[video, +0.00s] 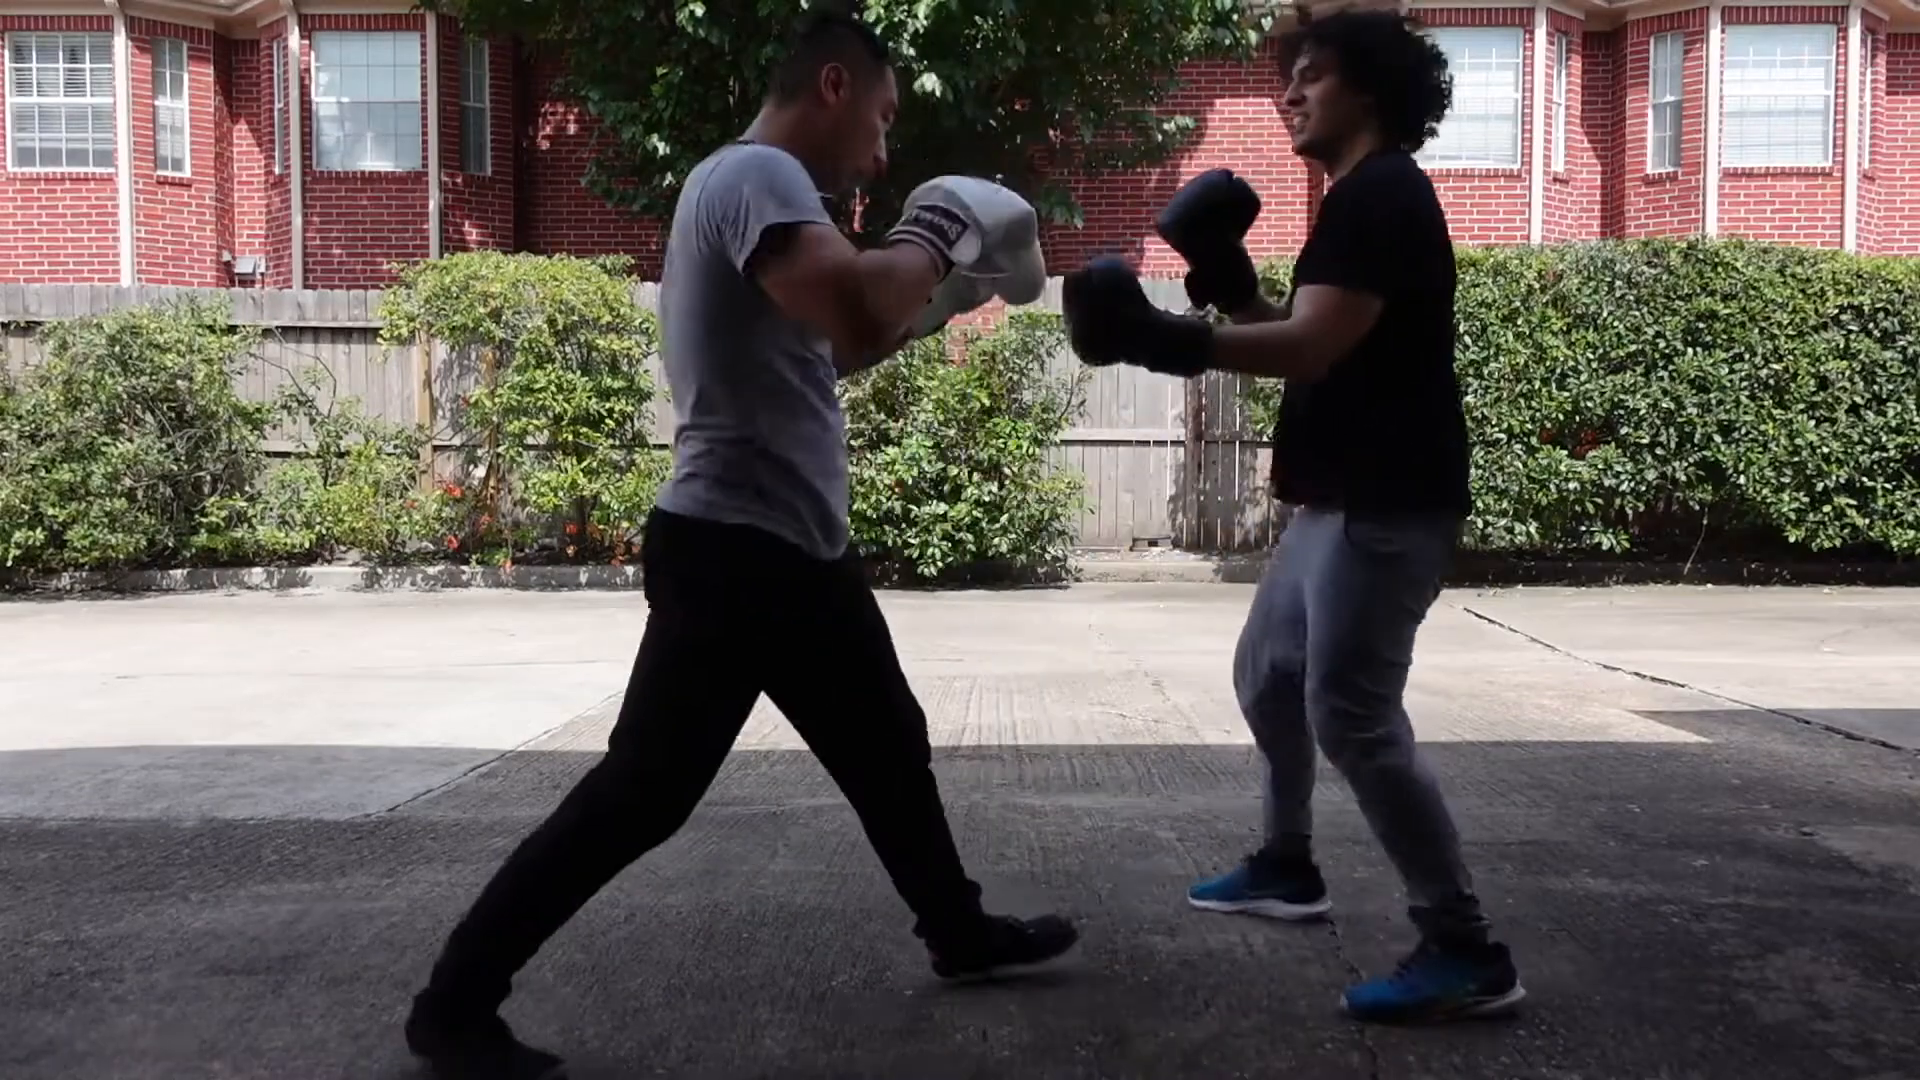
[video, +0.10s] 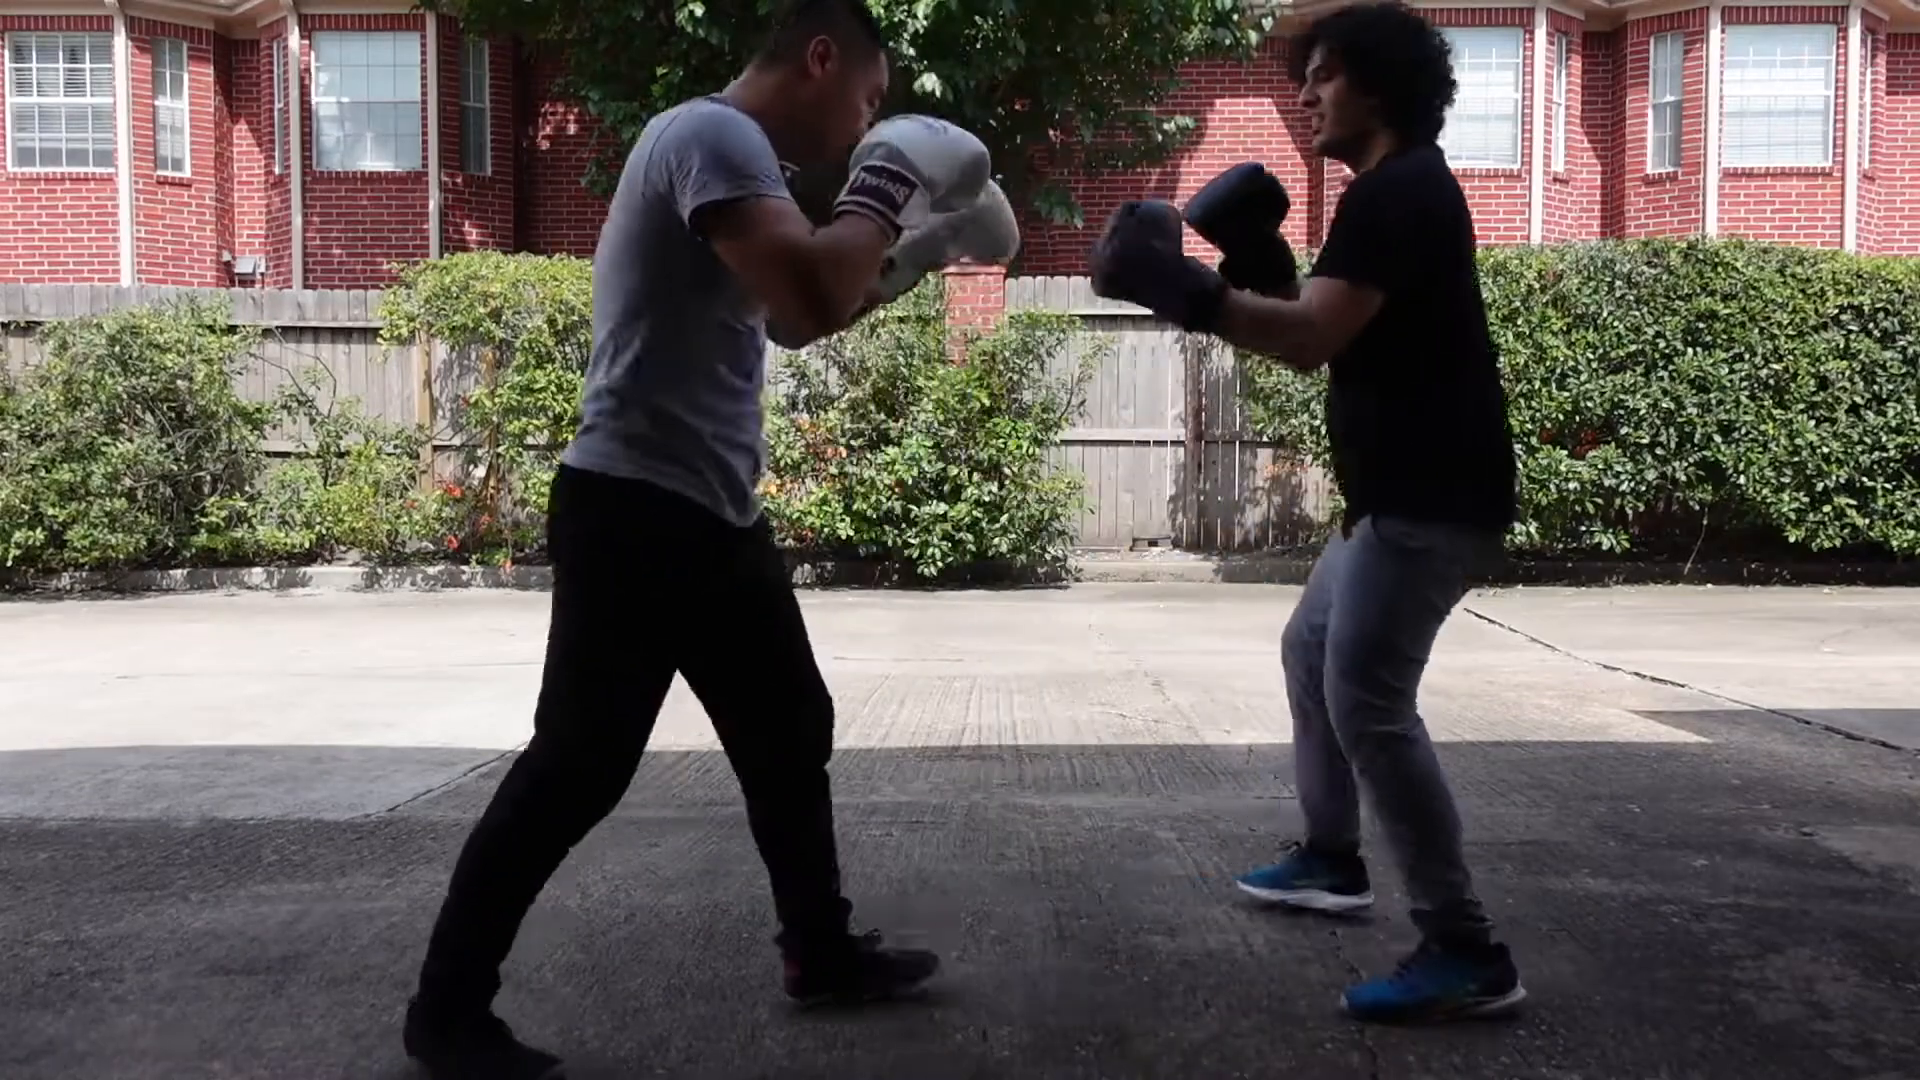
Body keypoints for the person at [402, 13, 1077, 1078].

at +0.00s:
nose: (884, 147)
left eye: (891, 124)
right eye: (884, 116)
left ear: (812, 84)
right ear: (832, 84)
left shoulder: (755, 195)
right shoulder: (754, 173)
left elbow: (850, 346)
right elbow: (846, 306)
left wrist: (956, 277)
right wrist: (940, 225)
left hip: (788, 550)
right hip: (737, 547)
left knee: (889, 752)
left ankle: (962, 932)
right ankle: (456, 1001)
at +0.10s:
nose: (865, 124)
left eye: (875, 109)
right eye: (871, 101)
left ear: (802, 60)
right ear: (819, 57)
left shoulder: (739, 159)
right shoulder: (711, 131)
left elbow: (800, 317)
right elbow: (807, 288)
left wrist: (920, 249)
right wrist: (888, 183)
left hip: (703, 513)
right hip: (634, 507)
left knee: (790, 731)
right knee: (578, 766)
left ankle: (821, 950)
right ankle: (447, 1011)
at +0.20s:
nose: (847, 81)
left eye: (857, 61)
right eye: (854, 53)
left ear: (783, 26)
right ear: (806, 20)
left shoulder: (733, 135)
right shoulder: (672, 80)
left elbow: (805, 274)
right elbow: (790, 247)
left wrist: (904, 171)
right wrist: (860, 125)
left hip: (657, 477)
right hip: (568, 456)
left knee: (695, 712)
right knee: (542, 733)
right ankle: (440, 996)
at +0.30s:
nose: (802, 88)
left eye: (815, 67)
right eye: (807, 60)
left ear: (756, 30)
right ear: (760, 26)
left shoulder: (703, 149)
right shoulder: (627, 98)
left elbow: (789, 286)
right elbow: (765, 258)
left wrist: (866, 173)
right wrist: (824, 125)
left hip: (621, 499)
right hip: (543, 479)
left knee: (572, 758)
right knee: (497, 749)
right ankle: (382, 1027)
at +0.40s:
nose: (774, 120)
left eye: (784, 101)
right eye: (781, 91)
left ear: (730, 51)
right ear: (739, 55)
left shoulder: (653, 158)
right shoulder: (600, 131)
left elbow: (764, 315)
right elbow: (742, 301)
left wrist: (830, 184)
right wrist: (799, 159)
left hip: (580, 521)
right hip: (527, 511)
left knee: (529, 778)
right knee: (507, 779)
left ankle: (317, 967)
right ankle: (383, 1039)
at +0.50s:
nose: (784, 99)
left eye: (793, 82)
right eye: (791, 72)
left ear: (724, 35)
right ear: (748, 35)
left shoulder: (646, 127)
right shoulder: (613, 101)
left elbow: (733, 296)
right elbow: (748, 280)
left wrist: (811, 197)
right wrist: (818, 152)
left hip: (604, 495)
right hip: (531, 485)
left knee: (646, 733)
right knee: (493, 754)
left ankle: (437, 928)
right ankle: (391, 1035)